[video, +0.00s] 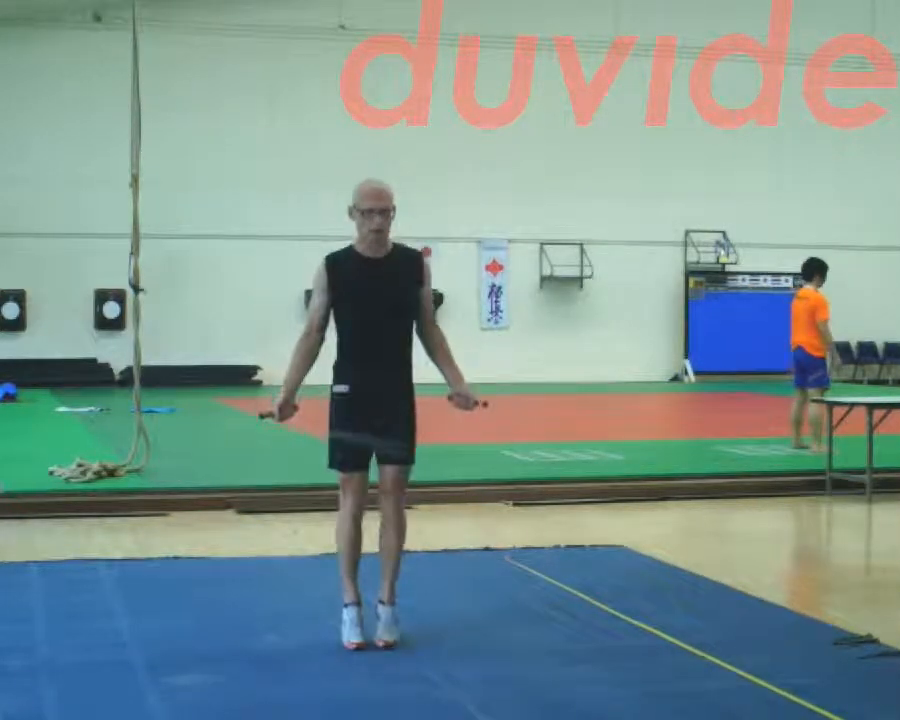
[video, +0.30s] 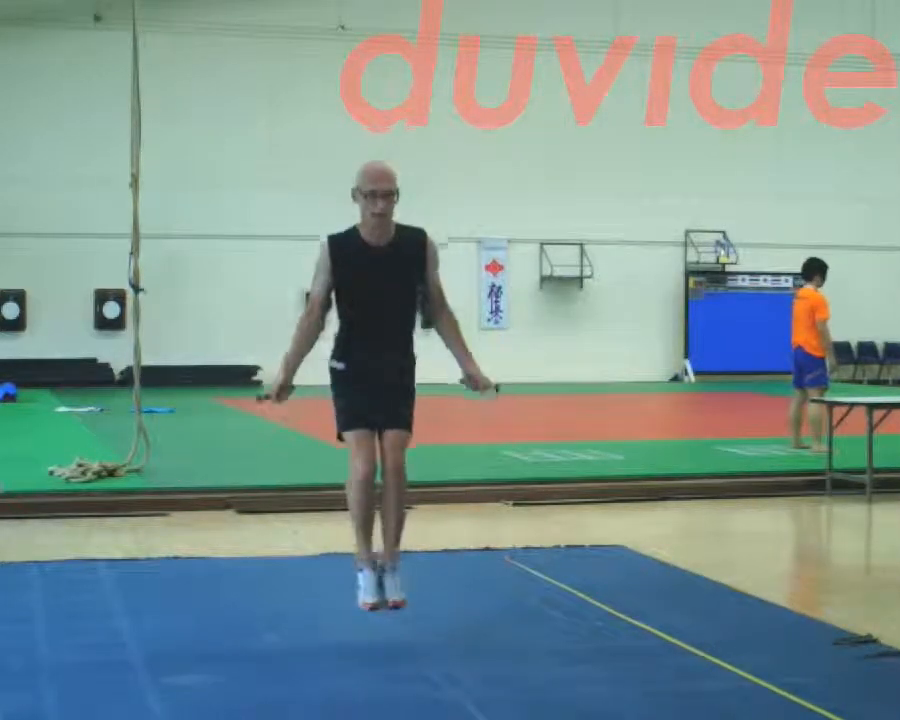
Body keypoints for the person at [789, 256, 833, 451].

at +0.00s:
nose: (824, 280)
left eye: (824, 276)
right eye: (823, 276)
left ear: (804, 275)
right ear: (819, 276)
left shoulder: (798, 296)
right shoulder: (818, 299)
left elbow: (797, 323)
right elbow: (822, 325)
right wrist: (831, 348)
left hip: (798, 348)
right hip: (814, 350)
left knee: (801, 395)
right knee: (816, 397)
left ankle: (796, 438)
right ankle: (817, 442)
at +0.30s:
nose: (824, 279)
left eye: (824, 276)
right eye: (823, 276)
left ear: (805, 275)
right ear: (818, 276)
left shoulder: (798, 295)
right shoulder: (817, 298)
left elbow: (798, 323)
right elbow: (821, 327)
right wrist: (830, 353)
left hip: (798, 348)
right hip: (813, 350)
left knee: (800, 395)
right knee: (816, 397)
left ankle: (796, 439)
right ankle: (817, 442)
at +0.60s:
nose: (830, 279)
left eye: (830, 275)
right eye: (829, 275)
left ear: (811, 274)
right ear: (824, 275)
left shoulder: (804, 295)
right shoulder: (822, 298)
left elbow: (801, 323)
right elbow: (826, 327)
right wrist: (835, 352)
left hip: (802, 348)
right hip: (817, 350)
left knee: (805, 395)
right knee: (817, 397)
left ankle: (798, 438)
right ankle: (817, 441)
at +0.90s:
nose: (839, 278)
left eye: (838, 275)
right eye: (839, 275)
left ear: (819, 275)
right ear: (835, 276)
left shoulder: (811, 296)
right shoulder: (829, 298)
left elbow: (805, 325)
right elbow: (831, 326)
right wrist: (838, 355)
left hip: (806, 349)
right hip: (820, 351)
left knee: (816, 398)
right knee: (818, 399)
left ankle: (811, 441)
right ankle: (812, 443)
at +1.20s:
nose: (840, 279)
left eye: (840, 275)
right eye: (840, 275)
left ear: (821, 275)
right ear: (836, 276)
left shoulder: (812, 297)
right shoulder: (831, 299)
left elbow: (805, 326)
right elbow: (836, 328)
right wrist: (843, 355)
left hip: (806, 349)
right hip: (821, 351)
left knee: (820, 397)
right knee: (817, 398)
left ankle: (817, 442)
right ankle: (813, 444)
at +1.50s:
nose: (843, 282)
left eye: (844, 278)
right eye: (843, 278)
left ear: (825, 276)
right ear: (838, 277)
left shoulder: (815, 296)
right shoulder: (832, 298)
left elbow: (829, 328)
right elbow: (848, 324)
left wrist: (849, 342)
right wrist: (863, 339)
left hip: (807, 348)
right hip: (819, 351)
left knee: (814, 397)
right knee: (819, 398)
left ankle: (813, 443)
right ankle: (815, 444)